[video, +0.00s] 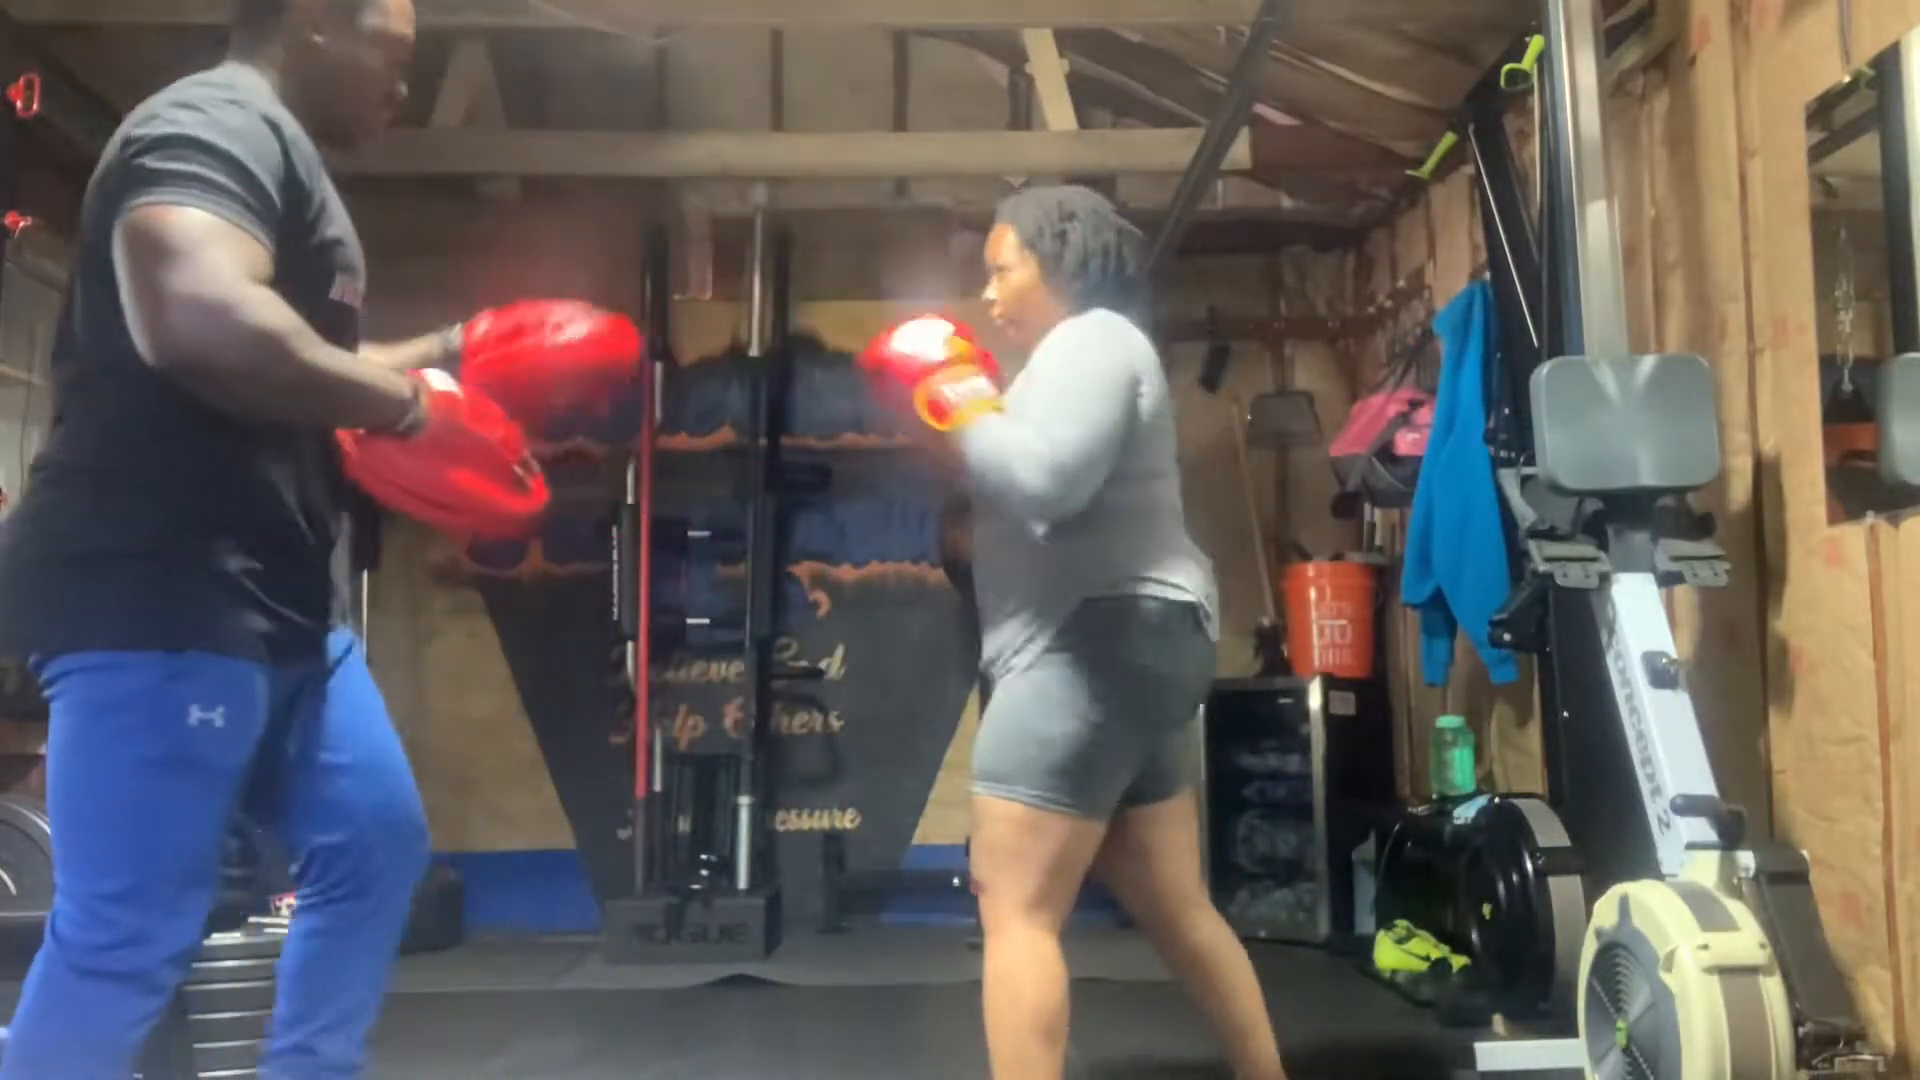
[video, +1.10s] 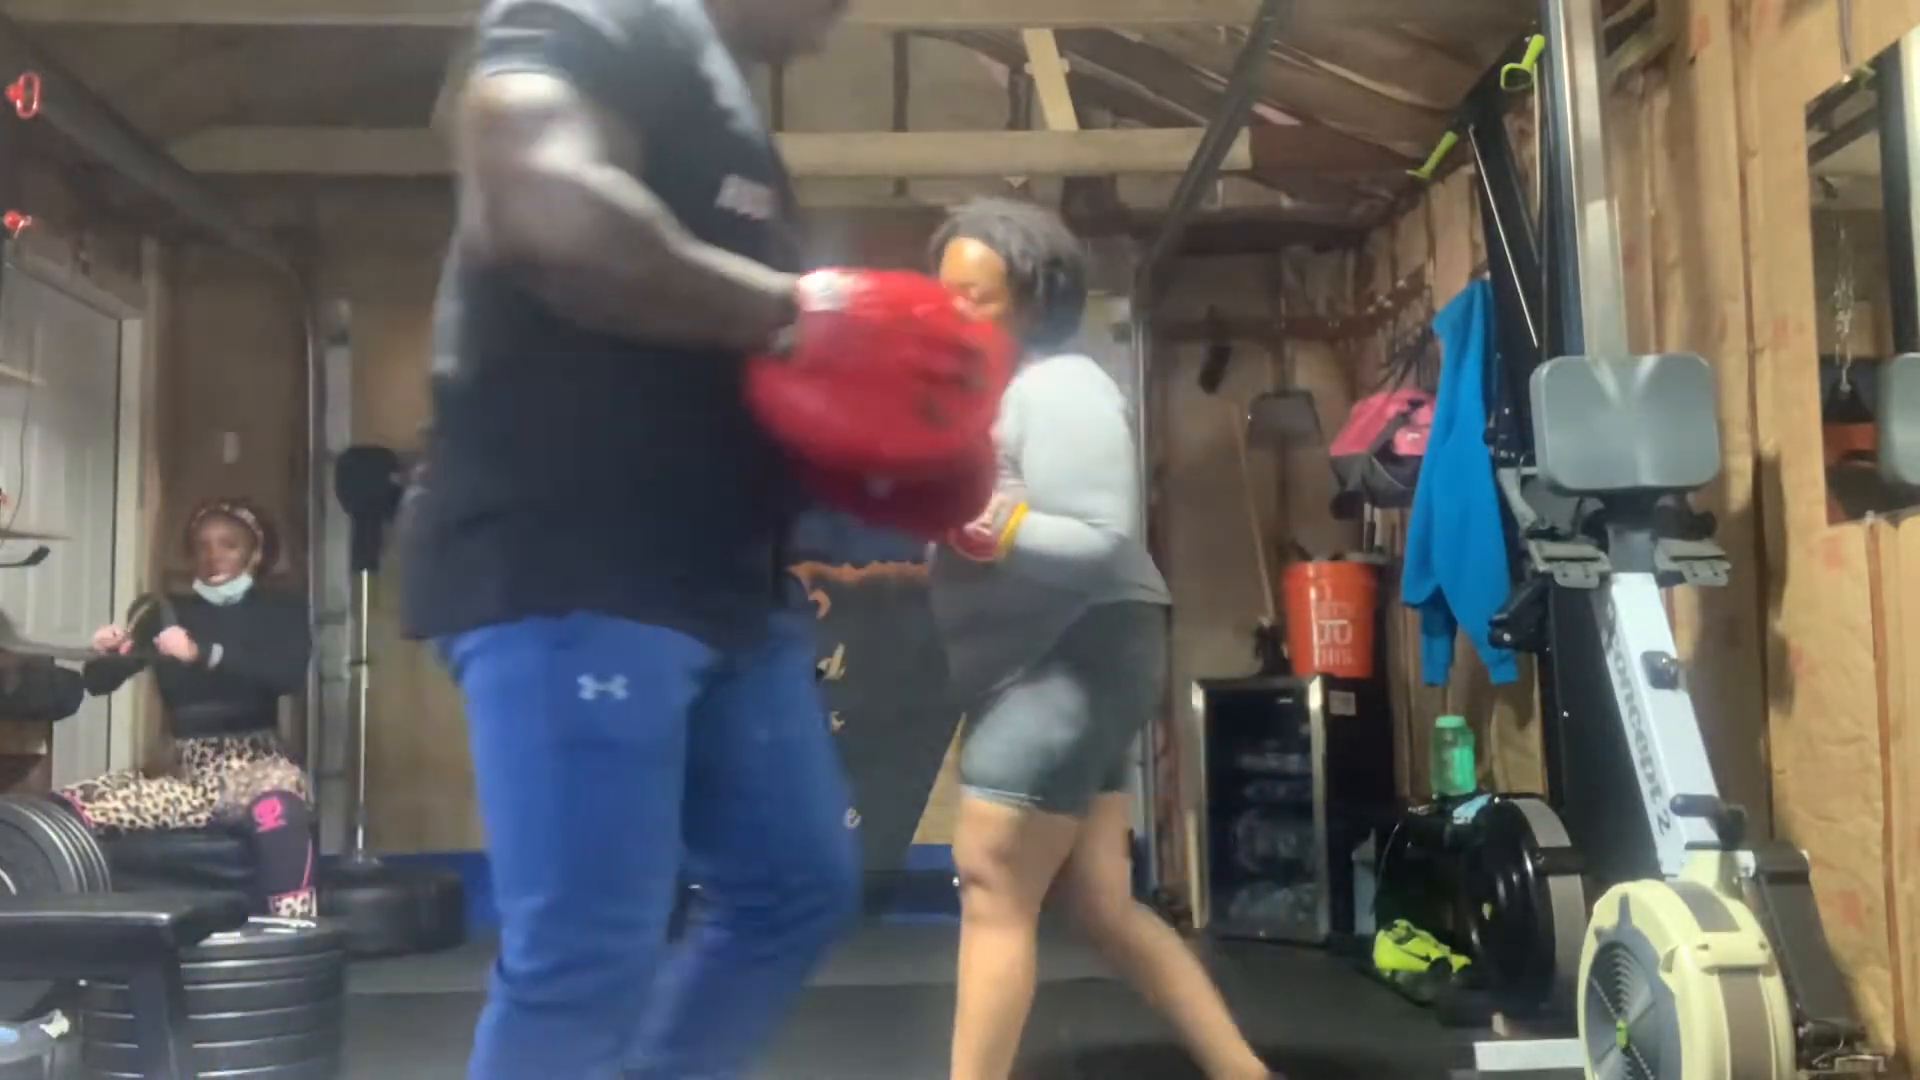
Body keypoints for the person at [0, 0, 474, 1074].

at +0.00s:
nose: (404, 92)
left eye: (408, 67)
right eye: (396, 55)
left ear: (314, 30)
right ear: (316, 23)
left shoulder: (285, 167)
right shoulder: (213, 114)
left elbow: (289, 372)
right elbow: (195, 318)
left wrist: (453, 351)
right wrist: (404, 402)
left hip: (282, 608)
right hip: (158, 605)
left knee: (374, 850)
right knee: (122, 940)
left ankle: (307, 1068)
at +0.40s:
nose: (447, 84)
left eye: (452, 59)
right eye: (436, 45)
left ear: (354, 23)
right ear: (346, 17)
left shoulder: (323, 185)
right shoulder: (219, 113)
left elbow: (333, 423)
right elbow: (163, 312)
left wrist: (436, 522)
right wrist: (383, 406)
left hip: (283, 586)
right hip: (190, 579)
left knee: (279, 916)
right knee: (302, 911)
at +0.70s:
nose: (569, 75)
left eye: (580, 49)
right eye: (564, 34)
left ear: (474, 19)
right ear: (466, 7)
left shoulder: (491, 208)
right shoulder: (300, 96)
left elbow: (488, 423)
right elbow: (167, 278)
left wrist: (589, 513)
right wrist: (410, 384)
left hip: (383, 600)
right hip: (272, 586)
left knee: (260, 949)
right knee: (398, 909)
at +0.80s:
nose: (638, 54)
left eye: (644, 34)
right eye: (627, 19)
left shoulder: (564, 223)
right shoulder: (350, 91)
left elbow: (576, 429)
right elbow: (212, 281)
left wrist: (667, 532)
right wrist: (463, 386)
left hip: (460, 617)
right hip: (338, 597)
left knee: (314, 960)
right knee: (459, 926)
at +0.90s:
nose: (695, 40)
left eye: (702, 20)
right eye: (687, 9)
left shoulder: (630, 199)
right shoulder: (421, 63)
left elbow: (640, 406)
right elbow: (290, 259)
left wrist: (726, 527)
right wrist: (548, 366)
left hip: (542, 605)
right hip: (408, 593)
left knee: (460, 938)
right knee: (526, 941)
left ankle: (301, 1079)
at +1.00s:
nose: (756, 31)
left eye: (763, 19)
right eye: (750, 8)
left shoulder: (675, 159)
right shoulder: (496, 30)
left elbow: (711, 377)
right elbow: (404, 227)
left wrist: (813, 508)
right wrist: (666, 341)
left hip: (635, 595)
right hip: (484, 588)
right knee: (559, 958)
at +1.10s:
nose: (837, 12)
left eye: (841, 4)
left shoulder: (742, 118)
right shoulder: (575, 19)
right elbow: (543, 212)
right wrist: (791, 308)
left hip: (722, 583)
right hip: (569, 578)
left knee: (792, 895)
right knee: (581, 968)